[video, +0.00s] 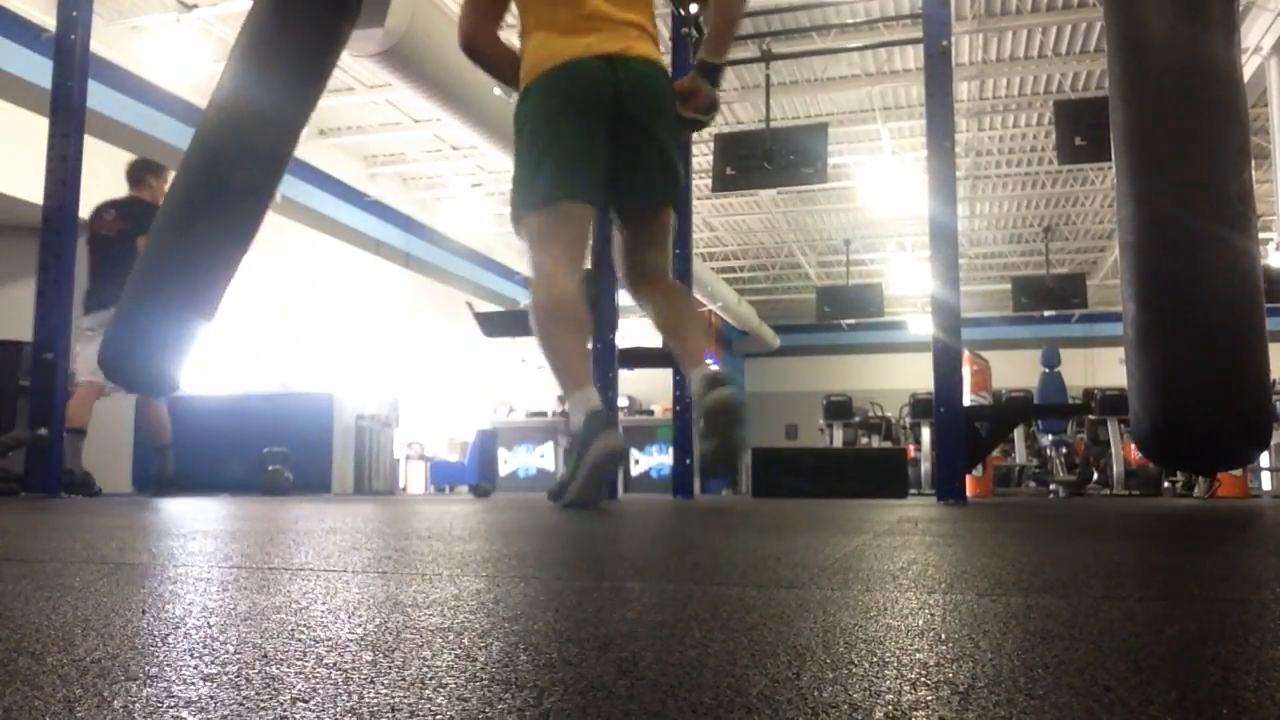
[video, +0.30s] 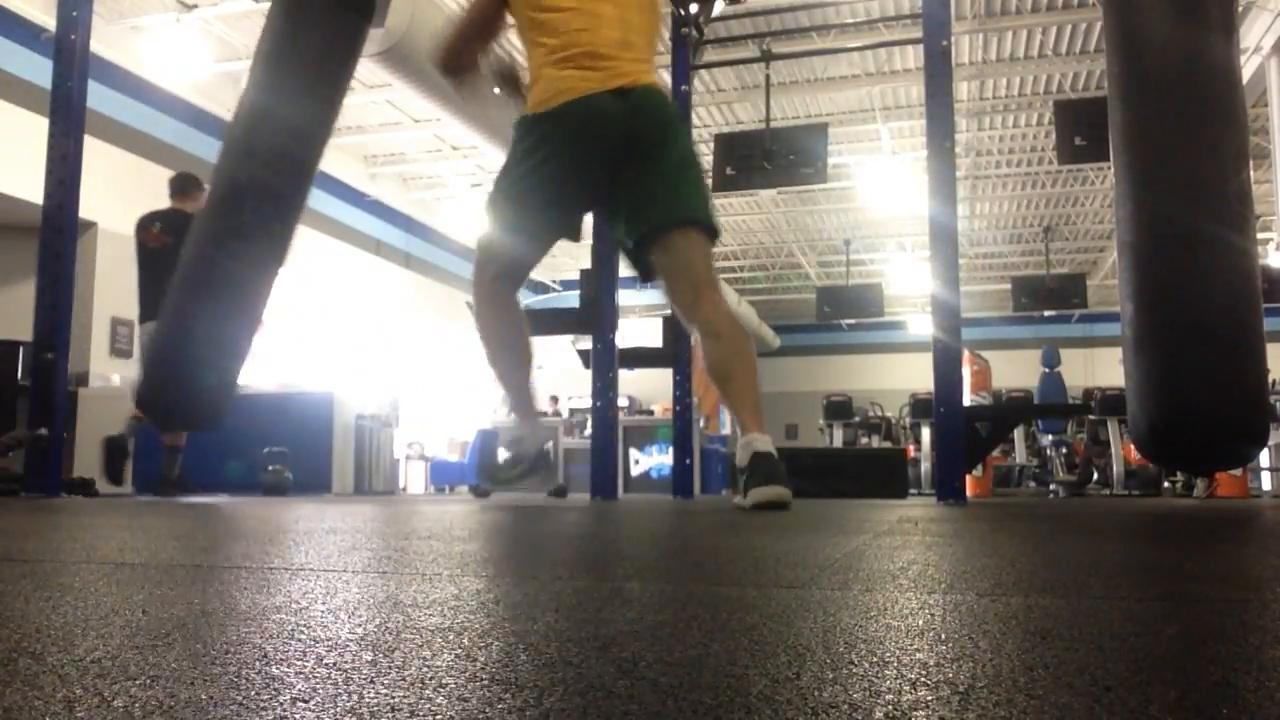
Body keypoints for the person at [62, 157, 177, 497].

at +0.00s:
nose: (164, 190)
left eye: (164, 184)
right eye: (163, 184)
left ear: (131, 180)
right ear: (151, 181)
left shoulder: (102, 210)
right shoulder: (152, 214)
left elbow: (93, 263)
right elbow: (152, 258)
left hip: (96, 311)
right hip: (137, 311)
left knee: (86, 387)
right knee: (152, 392)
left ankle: (70, 468)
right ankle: (166, 471)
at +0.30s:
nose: (202, 202)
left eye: (201, 196)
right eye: (202, 197)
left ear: (171, 194)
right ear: (198, 196)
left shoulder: (145, 223)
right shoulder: (199, 226)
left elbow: (140, 273)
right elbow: (210, 273)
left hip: (149, 321)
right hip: (184, 321)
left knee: (152, 388)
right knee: (180, 393)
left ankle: (126, 436)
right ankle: (171, 474)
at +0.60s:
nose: (229, 219)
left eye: (225, 213)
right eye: (229, 214)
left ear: (203, 211)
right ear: (227, 212)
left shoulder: (184, 237)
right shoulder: (227, 239)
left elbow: (178, 293)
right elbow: (237, 290)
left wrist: (189, 322)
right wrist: (262, 332)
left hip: (188, 318)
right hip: (214, 319)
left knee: (205, 394)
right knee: (199, 393)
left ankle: (218, 464)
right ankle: (171, 471)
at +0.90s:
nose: (256, 230)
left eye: (254, 225)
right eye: (256, 225)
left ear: (231, 223)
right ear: (253, 224)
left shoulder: (215, 249)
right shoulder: (251, 250)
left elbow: (214, 300)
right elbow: (257, 296)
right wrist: (283, 337)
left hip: (225, 338)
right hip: (250, 338)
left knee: (222, 402)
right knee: (260, 400)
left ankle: (223, 472)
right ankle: (221, 442)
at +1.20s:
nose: (286, 244)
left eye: (284, 239)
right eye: (286, 240)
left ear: (264, 236)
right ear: (284, 238)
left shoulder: (246, 260)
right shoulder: (281, 262)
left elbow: (242, 307)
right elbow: (277, 308)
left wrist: (250, 339)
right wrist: (282, 346)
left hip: (251, 342)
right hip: (273, 342)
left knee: (240, 406)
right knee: (289, 406)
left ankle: (232, 471)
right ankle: (297, 469)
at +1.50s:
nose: (317, 250)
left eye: (310, 244)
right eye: (318, 245)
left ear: (298, 243)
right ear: (320, 245)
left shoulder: (278, 269)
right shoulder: (317, 272)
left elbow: (271, 314)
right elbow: (317, 315)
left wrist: (277, 341)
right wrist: (324, 348)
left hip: (280, 348)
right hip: (308, 347)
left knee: (279, 405)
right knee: (309, 411)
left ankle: (255, 454)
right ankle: (307, 473)